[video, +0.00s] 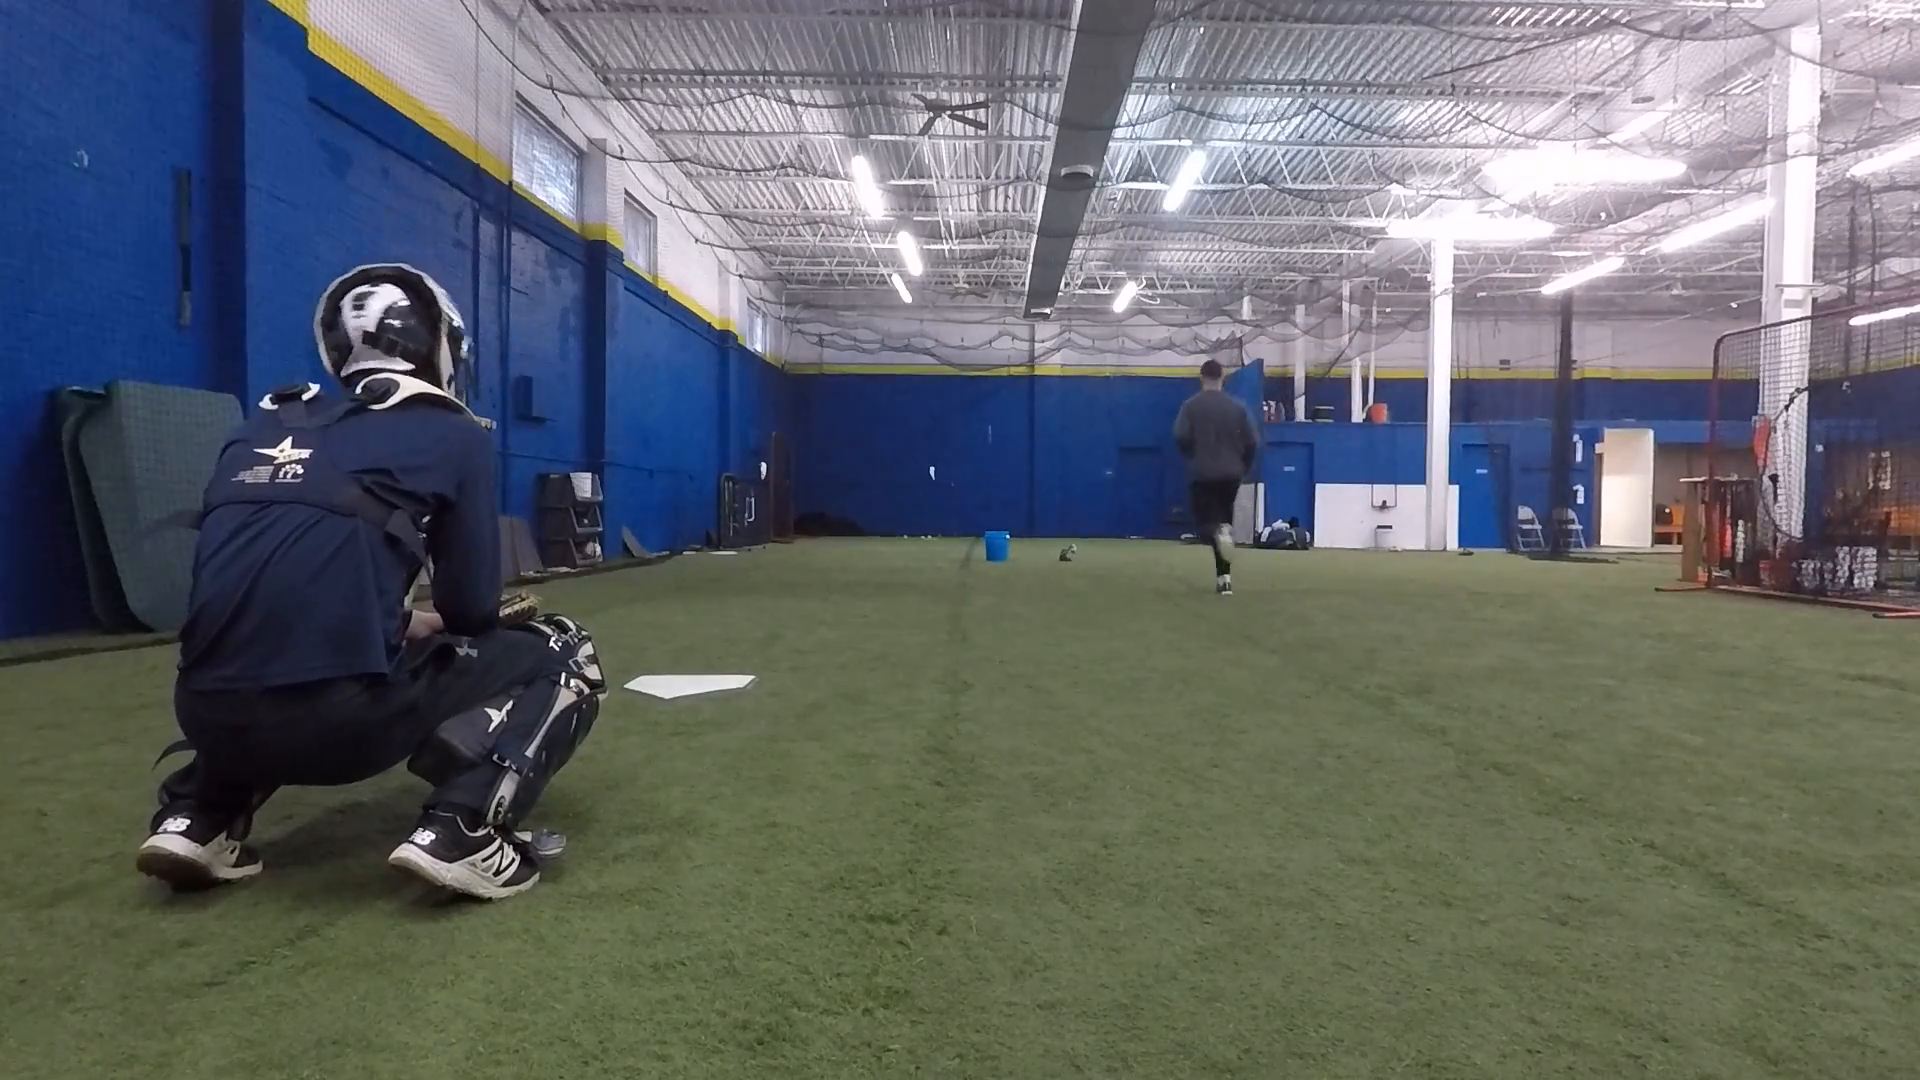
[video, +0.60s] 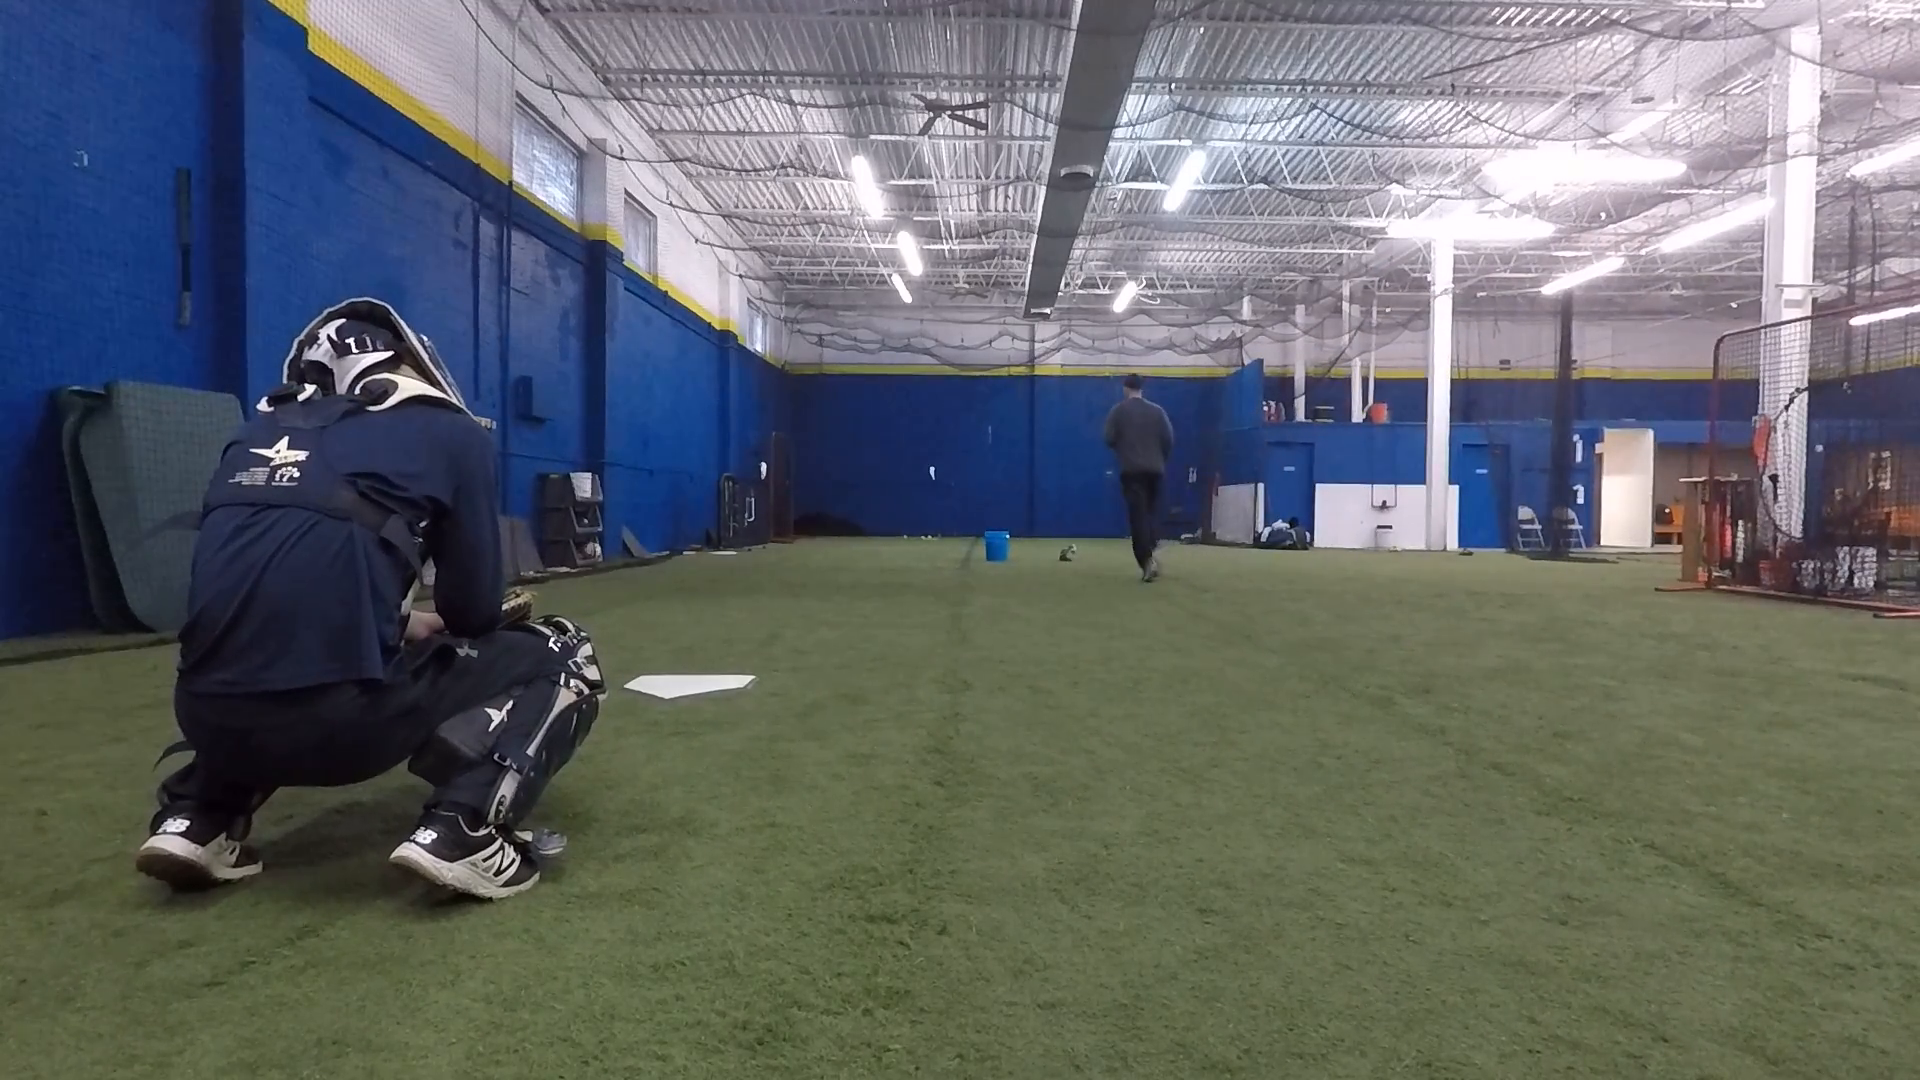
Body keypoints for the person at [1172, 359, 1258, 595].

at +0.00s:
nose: (1212, 381)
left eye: (1207, 376)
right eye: (1218, 376)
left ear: (1202, 378)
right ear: (1222, 378)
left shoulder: (1191, 405)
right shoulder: (1237, 406)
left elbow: (1181, 435)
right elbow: (1251, 441)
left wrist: (1192, 454)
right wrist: (1242, 466)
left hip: (1202, 473)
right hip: (1231, 473)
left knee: (1204, 524)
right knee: (1224, 520)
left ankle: (1220, 532)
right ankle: (1224, 577)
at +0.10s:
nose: (1193, 381)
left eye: (1189, 377)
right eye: (1201, 376)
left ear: (1187, 378)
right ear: (1207, 379)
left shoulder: (1179, 403)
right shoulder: (1223, 404)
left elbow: (1179, 430)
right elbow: (1238, 437)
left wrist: (1173, 452)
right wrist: (1227, 458)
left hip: (1190, 471)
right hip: (1218, 470)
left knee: (1184, 518)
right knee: (1214, 519)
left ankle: (1198, 540)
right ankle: (1222, 571)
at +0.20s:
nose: (1172, 376)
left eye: (1171, 373)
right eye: (1176, 373)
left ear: (1172, 374)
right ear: (1190, 373)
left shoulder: (1167, 395)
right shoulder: (1208, 397)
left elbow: (1167, 415)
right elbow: (1220, 427)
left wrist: (1159, 437)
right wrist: (1212, 451)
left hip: (1174, 462)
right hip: (1202, 462)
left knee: (1172, 511)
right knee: (1209, 509)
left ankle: (1177, 559)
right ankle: (1222, 557)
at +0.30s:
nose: (1157, 382)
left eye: (1156, 378)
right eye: (1161, 378)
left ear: (1156, 378)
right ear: (1175, 377)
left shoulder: (1154, 400)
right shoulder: (1194, 400)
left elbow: (1152, 418)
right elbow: (1206, 433)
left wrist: (1146, 438)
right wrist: (1201, 462)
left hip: (1162, 464)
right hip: (1189, 463)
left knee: (1159, 515)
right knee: (1194, 509)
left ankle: (1157, 569)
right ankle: (1215, 539)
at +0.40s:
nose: (1145, 395)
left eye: (1145, 392)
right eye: (1150, 392)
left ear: (1145, 392)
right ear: (1162, 392)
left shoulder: (1140, 415)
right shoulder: (1178, 414)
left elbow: (1135, 441)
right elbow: (1190, 443)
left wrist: (1133, 456)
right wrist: (1189, 466)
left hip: (1148, 478)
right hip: (1176, 477)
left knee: (1148, 525)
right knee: (1176, 521)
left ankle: (1152, 572)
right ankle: (1199, 532)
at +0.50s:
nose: (1132, 397)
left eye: (1132, 394)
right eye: (1134, 394)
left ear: (1134, 394)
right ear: (1150, 394)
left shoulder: (1128, 418)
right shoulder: (1167, 416)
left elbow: (1120, 448)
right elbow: (1177, 445)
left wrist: (1125, 457)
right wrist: (1174, 465)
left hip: (1139, 479)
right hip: (1164, 477)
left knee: (1141, 523)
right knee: (1162, 518)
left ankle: (1152, 571)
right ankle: (1177, 539)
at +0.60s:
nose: (1126, 392)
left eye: (1126, 388)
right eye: (1130, 388)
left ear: (1126, 389)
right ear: (1141, 389)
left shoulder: (1119, 410)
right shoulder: (1157, 410)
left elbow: (1109, 437)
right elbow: (1168, 437)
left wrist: (1121, 447)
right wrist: (1162, 456)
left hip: (1130, 469)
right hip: (1154, 468)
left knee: (1137, 514)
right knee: (1152, 512)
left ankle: (1146, 562)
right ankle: (1150, 554)